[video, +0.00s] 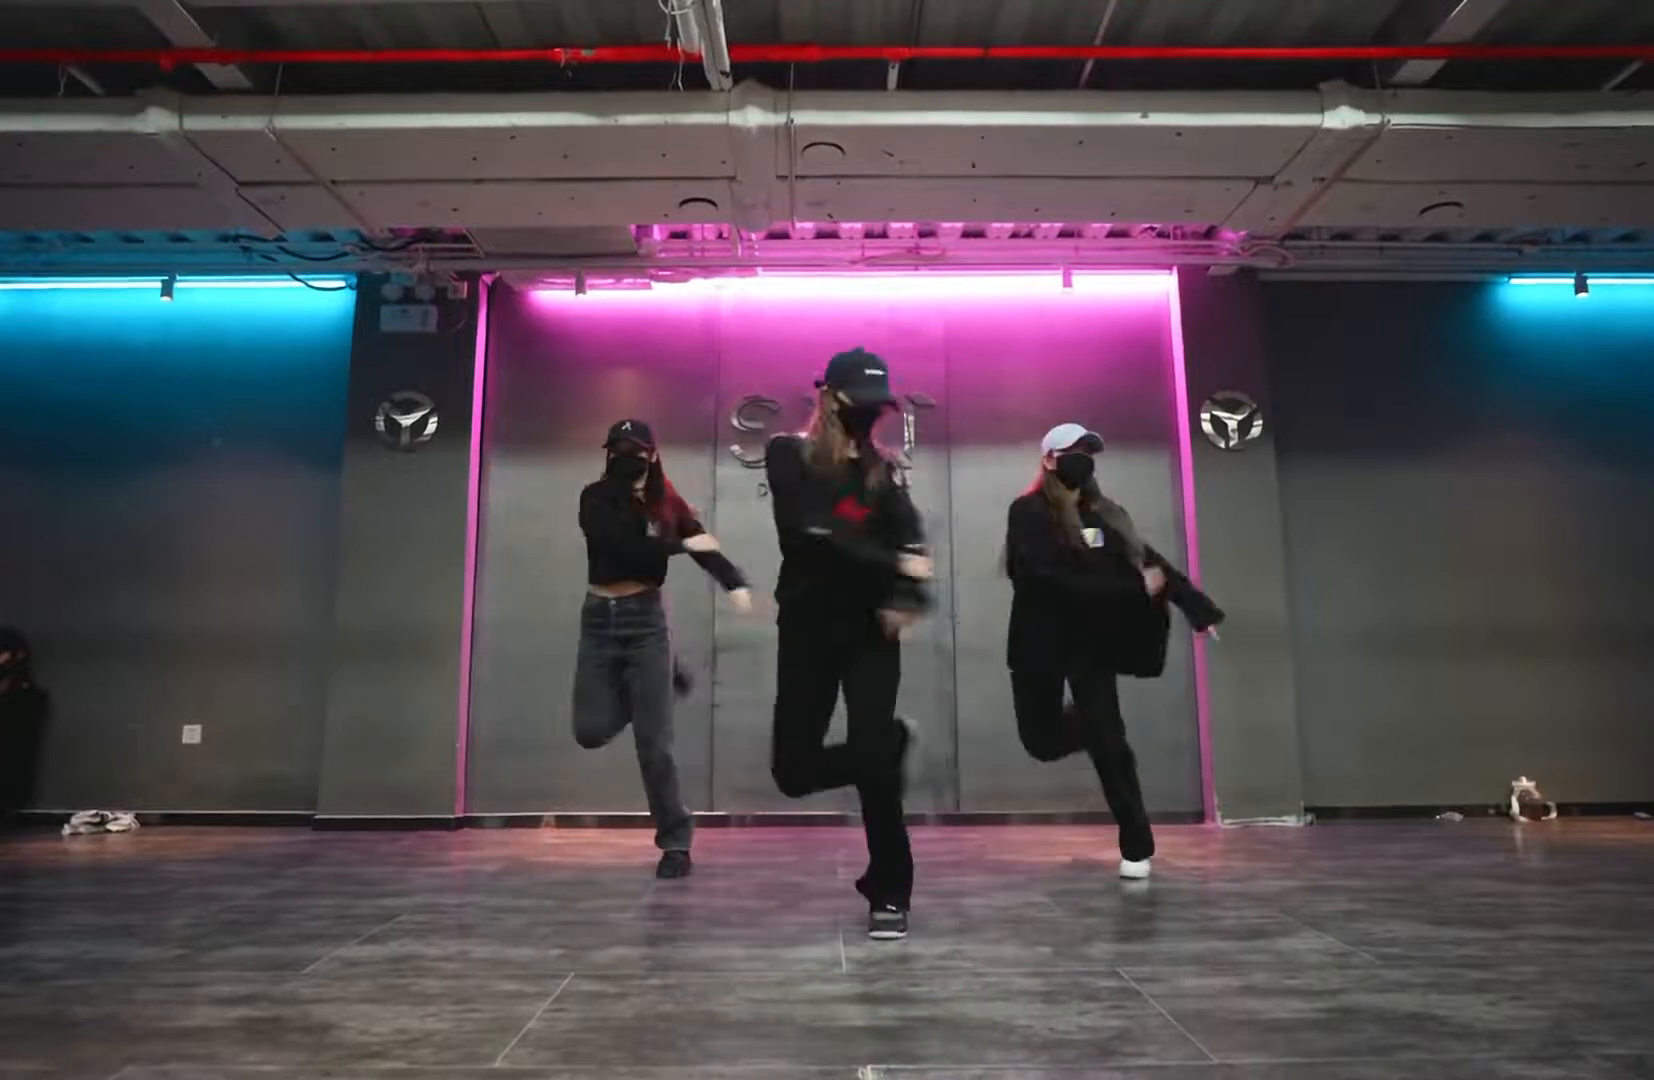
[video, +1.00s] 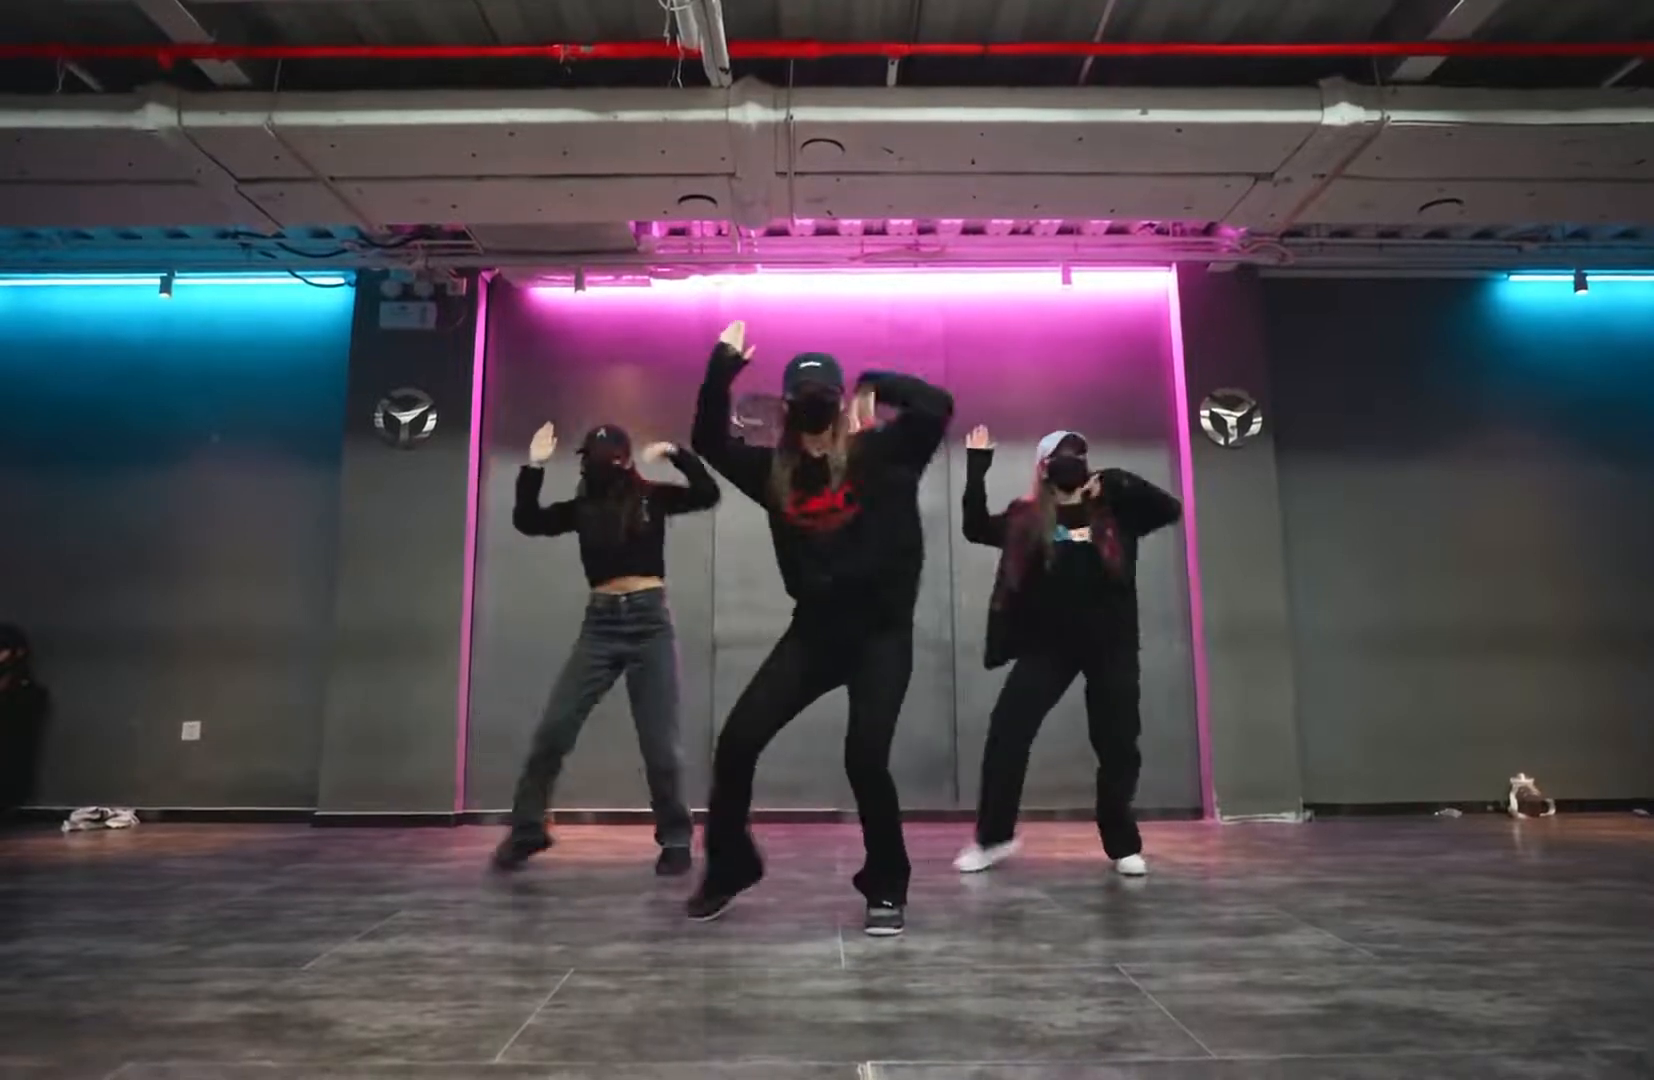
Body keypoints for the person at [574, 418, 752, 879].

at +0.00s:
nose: (627, 460)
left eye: (635, 453)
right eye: (619, 453)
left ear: (651, 456)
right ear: (608, 456)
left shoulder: (665, 501)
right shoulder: (595, 497)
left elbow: (700, 544)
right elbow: (614, 547)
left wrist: (735, 583)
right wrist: (673, 544)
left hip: (646, 622)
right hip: (598, 621)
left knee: (653, 744)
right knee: (590, 731)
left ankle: (674, 845)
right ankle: (658, 679)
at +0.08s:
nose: (620, 463)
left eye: (629, 455)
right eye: (613, 454)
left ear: (647, 457)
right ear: (604, 456)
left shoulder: (661, 507)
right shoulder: (592, 499)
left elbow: (664, 562)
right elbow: (592, 559)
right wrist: (648, 555)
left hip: (641, 625)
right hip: (594, 619)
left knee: (656, 743)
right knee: (556, 720)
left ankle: (675, 845)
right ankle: (620, 733)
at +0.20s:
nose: (604, 460)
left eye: (613, 453)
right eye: (599, 453)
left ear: (629, 457)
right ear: (591, 457)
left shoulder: (637, 498)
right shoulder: (584, 501)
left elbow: (600, 521)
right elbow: (544, 548)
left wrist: (540, 519)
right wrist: (546, 520)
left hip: (624, 621)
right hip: (579, 622)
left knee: (647, 733)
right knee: (531, 723)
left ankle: (676, 844)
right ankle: (509, 840)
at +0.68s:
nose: (547, 469)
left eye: (555, 460)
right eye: (544, 461)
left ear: (577, 462)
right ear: (543, 465)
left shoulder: (600, 491)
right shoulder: (542, 509)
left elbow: (591, 490)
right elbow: (495, 535)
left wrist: (553, 467)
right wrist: (495, 485)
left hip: (598, 626)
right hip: (552, 630)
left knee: (635, 746)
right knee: (492, 728)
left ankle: (677, 842)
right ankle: (501, 838)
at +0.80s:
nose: (560, 459)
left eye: (568, 451)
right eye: (557, 453)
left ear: (589, 459)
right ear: (553, 463)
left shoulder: (614, 494)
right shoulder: (550, 508)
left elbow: (642, 455)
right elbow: (498, 521)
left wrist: (596, 442)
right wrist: (504, 470)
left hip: (612, 625)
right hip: (563, 627)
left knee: (642, 746)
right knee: (505, 728)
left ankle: (673, 845)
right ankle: (502, 841)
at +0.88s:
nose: (599, 453)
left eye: (602, 446)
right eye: (589, 446)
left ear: (608, 459)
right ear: (570, 460)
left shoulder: (629, 492)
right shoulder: (561, 507)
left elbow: (667, 456)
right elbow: (508, 516)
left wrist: (629, 432)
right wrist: (516, 462)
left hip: (629, 626)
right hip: (578, 628)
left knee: (649, 746)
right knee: (525, 733)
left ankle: (676, 847)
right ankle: (504, 842)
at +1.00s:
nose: (603, 463)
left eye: (611, 456)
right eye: (596, 456)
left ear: (626, 460)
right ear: (585, 461)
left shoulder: (651, 497)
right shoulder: (580, 508)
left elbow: (707, 495)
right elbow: (527, 521)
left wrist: (678, 454)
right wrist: (534, 465)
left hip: (651, 626)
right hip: (600, 627)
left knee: (660, 742)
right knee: (553, 729)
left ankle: (675, 843)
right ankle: (526, 832)